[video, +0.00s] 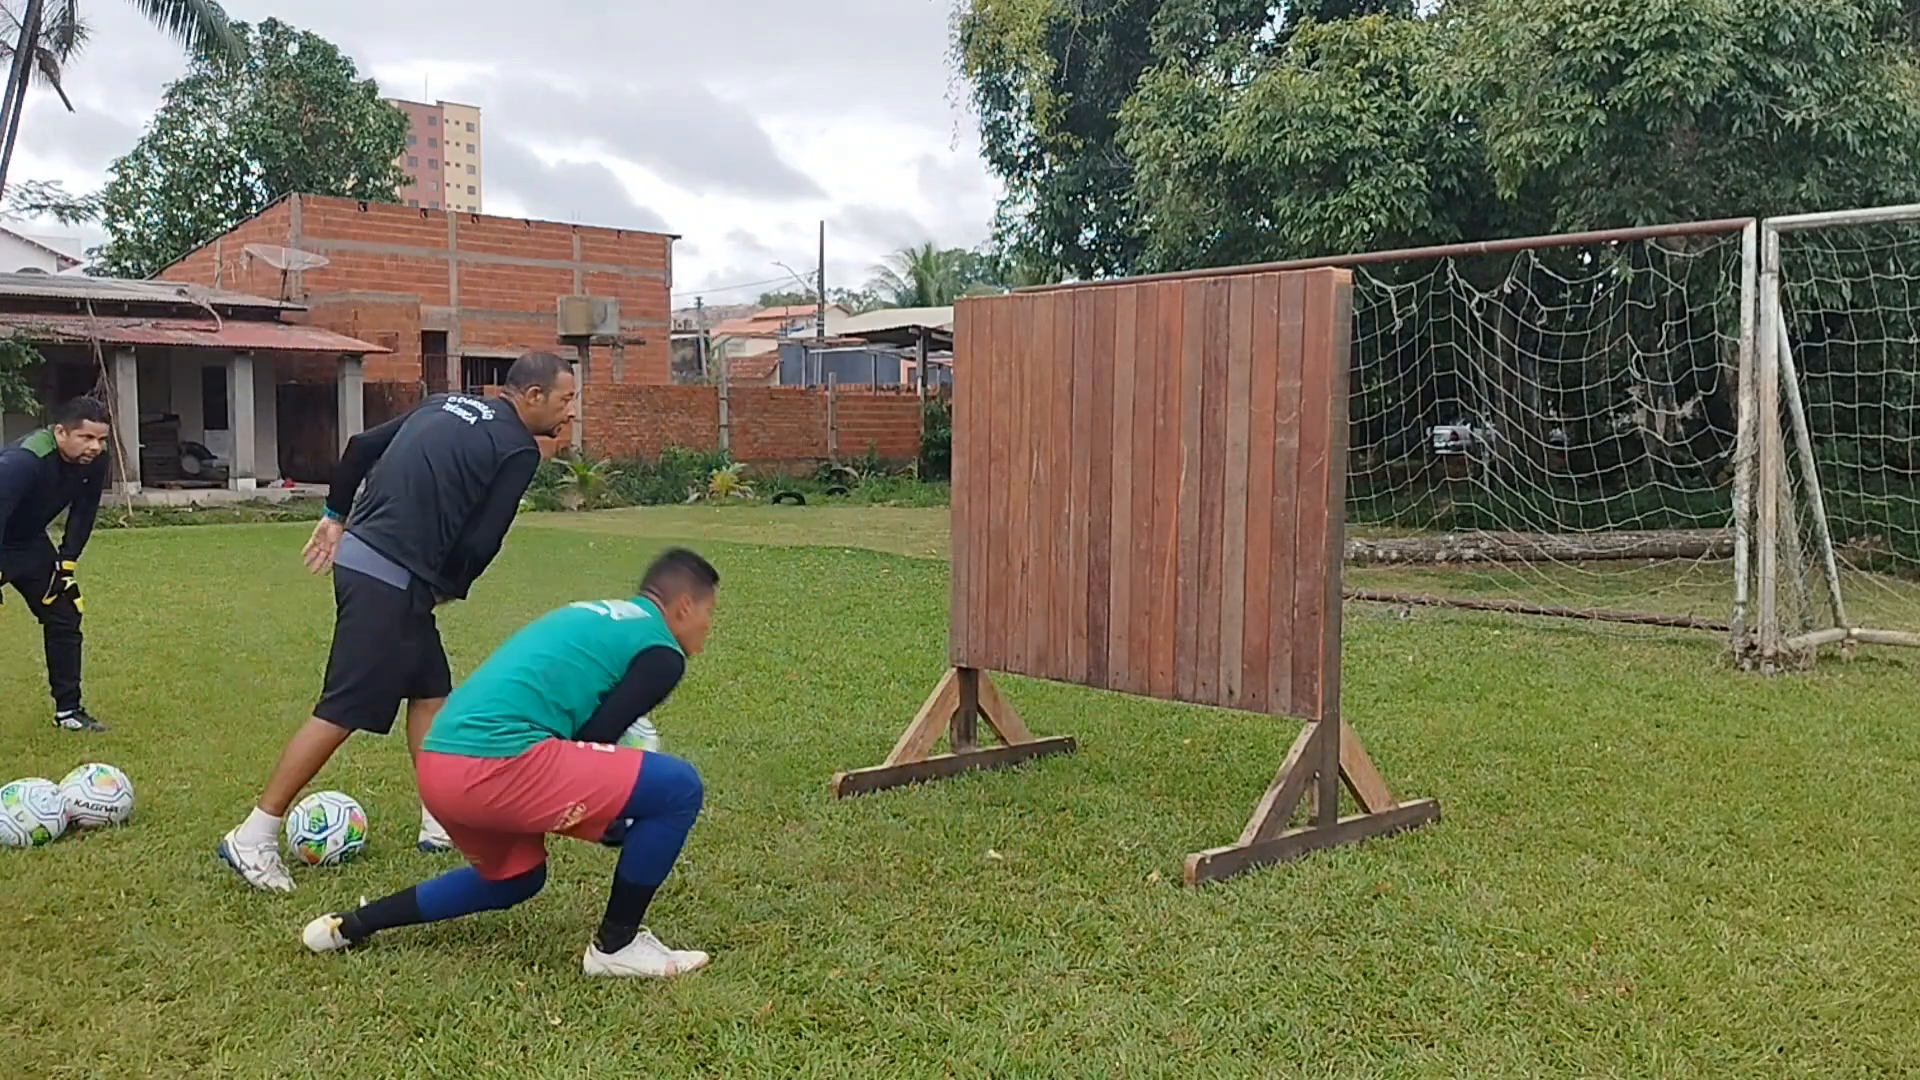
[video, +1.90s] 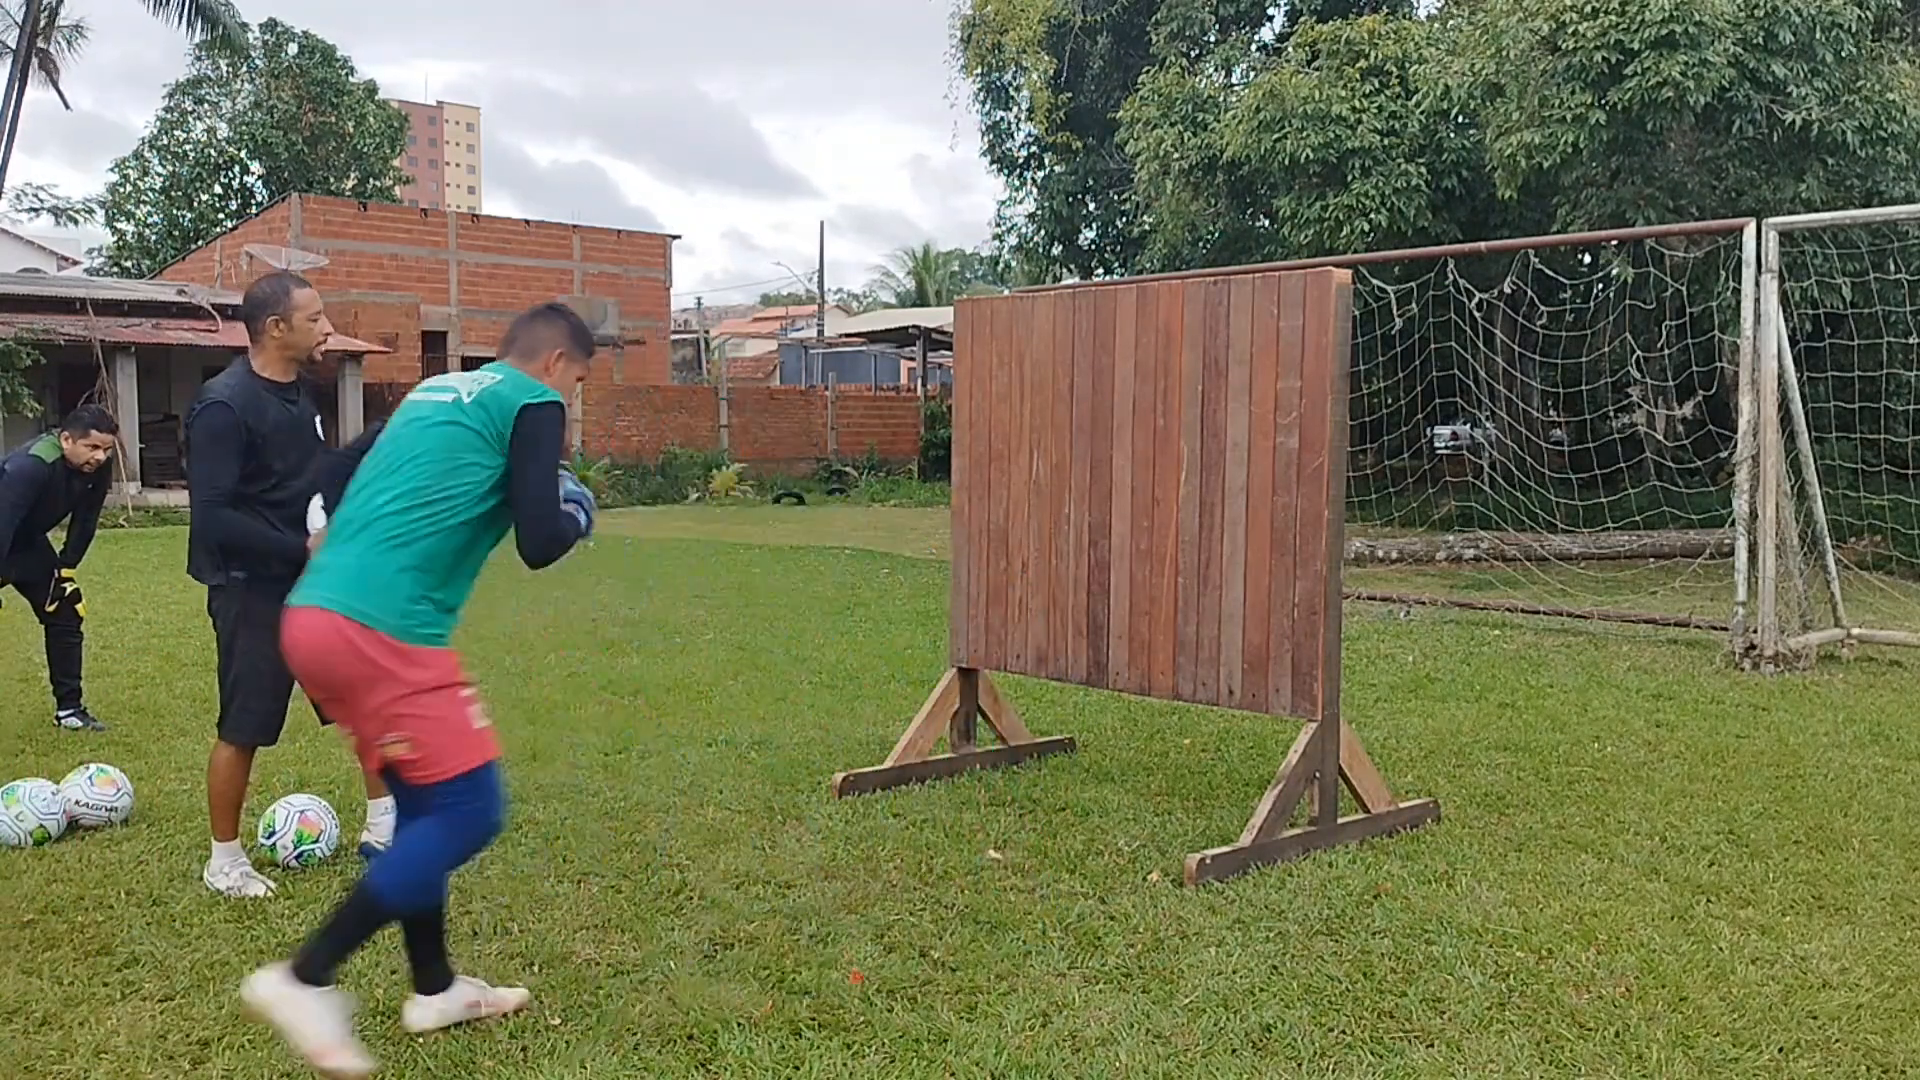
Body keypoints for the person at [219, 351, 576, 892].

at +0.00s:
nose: (569, 412)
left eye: (572, 401)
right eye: (565, 400)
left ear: (514, 392)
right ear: (532, 396)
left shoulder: (447, 404)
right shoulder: (520, 449)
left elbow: (362, 445)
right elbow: (482, 540)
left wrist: (335, 514)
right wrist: (451, 586)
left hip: (363, 560)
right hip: (390, 579)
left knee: (431, 691)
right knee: (342, 711)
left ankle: (439, 824)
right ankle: (252, 836)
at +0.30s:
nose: (565, 401)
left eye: (566, 391)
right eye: (559, 390)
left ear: (510, 387)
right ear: (521, 388)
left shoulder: (458, 407)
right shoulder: (496, 431)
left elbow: (403, 480)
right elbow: (481, 524)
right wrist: (523, 613)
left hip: (395, 576)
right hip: (373, 574)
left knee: (429, 690)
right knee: (342, 707)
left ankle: (440, 823)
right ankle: (254, 836)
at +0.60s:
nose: (531, 372)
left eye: (530, 361)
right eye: (521, 362)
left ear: (482, 367)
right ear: (482, 365)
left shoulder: (457, 414)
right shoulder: (444, 417)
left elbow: (425, 498)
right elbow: (407, 509)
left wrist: (466, 541)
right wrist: (447, 598)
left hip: (396, 574)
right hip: (353, 572)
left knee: (432, 690)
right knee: (324, 705)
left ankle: (442, 824)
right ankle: (246, 840)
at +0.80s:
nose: (471, 356)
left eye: (469, 344)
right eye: (459, 345)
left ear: (428, 353)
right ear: (419, 352)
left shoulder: (410, 413)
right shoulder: (379, 413)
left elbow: (386, 501)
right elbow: (347, 508)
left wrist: (432, 540)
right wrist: (393, 591)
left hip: (377, 587)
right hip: (325, 586)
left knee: (422, 698)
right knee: (293, 717)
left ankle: (441, 826)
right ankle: (235, 855)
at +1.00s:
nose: (398, 340)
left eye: (397, 329)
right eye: (387, 329)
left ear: (356, 340)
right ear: (347, 338)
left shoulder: (347, 401)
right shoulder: (306, 404)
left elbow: (338, 495)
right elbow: (289, 511)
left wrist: (393, 521)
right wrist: (374, 564)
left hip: (336, 585)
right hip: (283, 588)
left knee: (393, 695)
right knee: (254, 724)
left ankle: (429, 822)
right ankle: (227, 860)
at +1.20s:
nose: (353, 325)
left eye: (350, 312)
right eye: (340, 314)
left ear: (310, 325)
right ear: (299, 326)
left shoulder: (310, 394)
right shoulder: (262, 398)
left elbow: (331, 480)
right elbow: (280, 501)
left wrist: (413, 477)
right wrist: (384, 492)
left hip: (320, 584)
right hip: (268, 589)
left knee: (367, 700)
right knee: (251, 724)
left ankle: (381, 834)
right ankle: (227, 859)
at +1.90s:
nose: (326, 328)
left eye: (323, 316)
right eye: (314, 319)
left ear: (286, 326)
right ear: (275, 327)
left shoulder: (299, 393)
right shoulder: (223, 406)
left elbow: (311, 478)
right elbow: (212, 519)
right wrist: (303, 549)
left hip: (307, 574)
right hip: (248, 584)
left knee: (359, 693)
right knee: (242, 726)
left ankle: (385, 819)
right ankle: (225, 859)